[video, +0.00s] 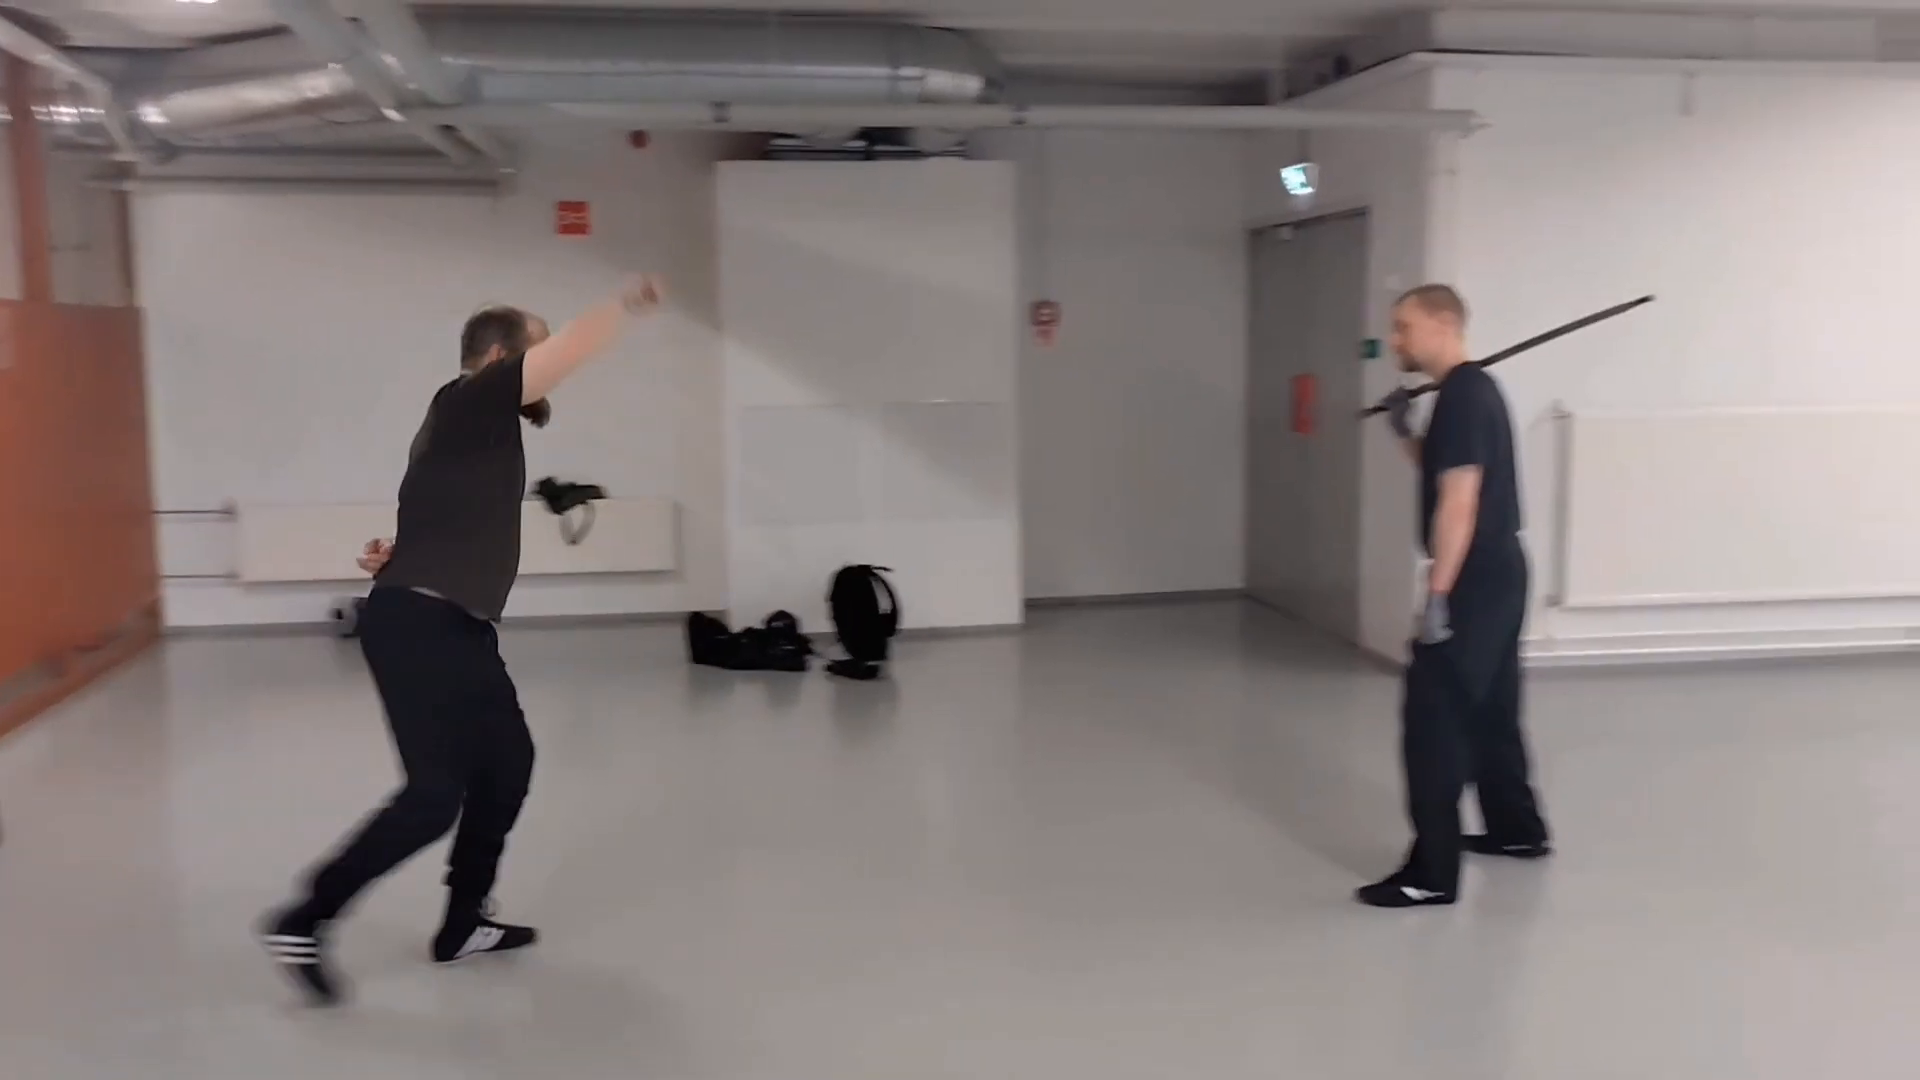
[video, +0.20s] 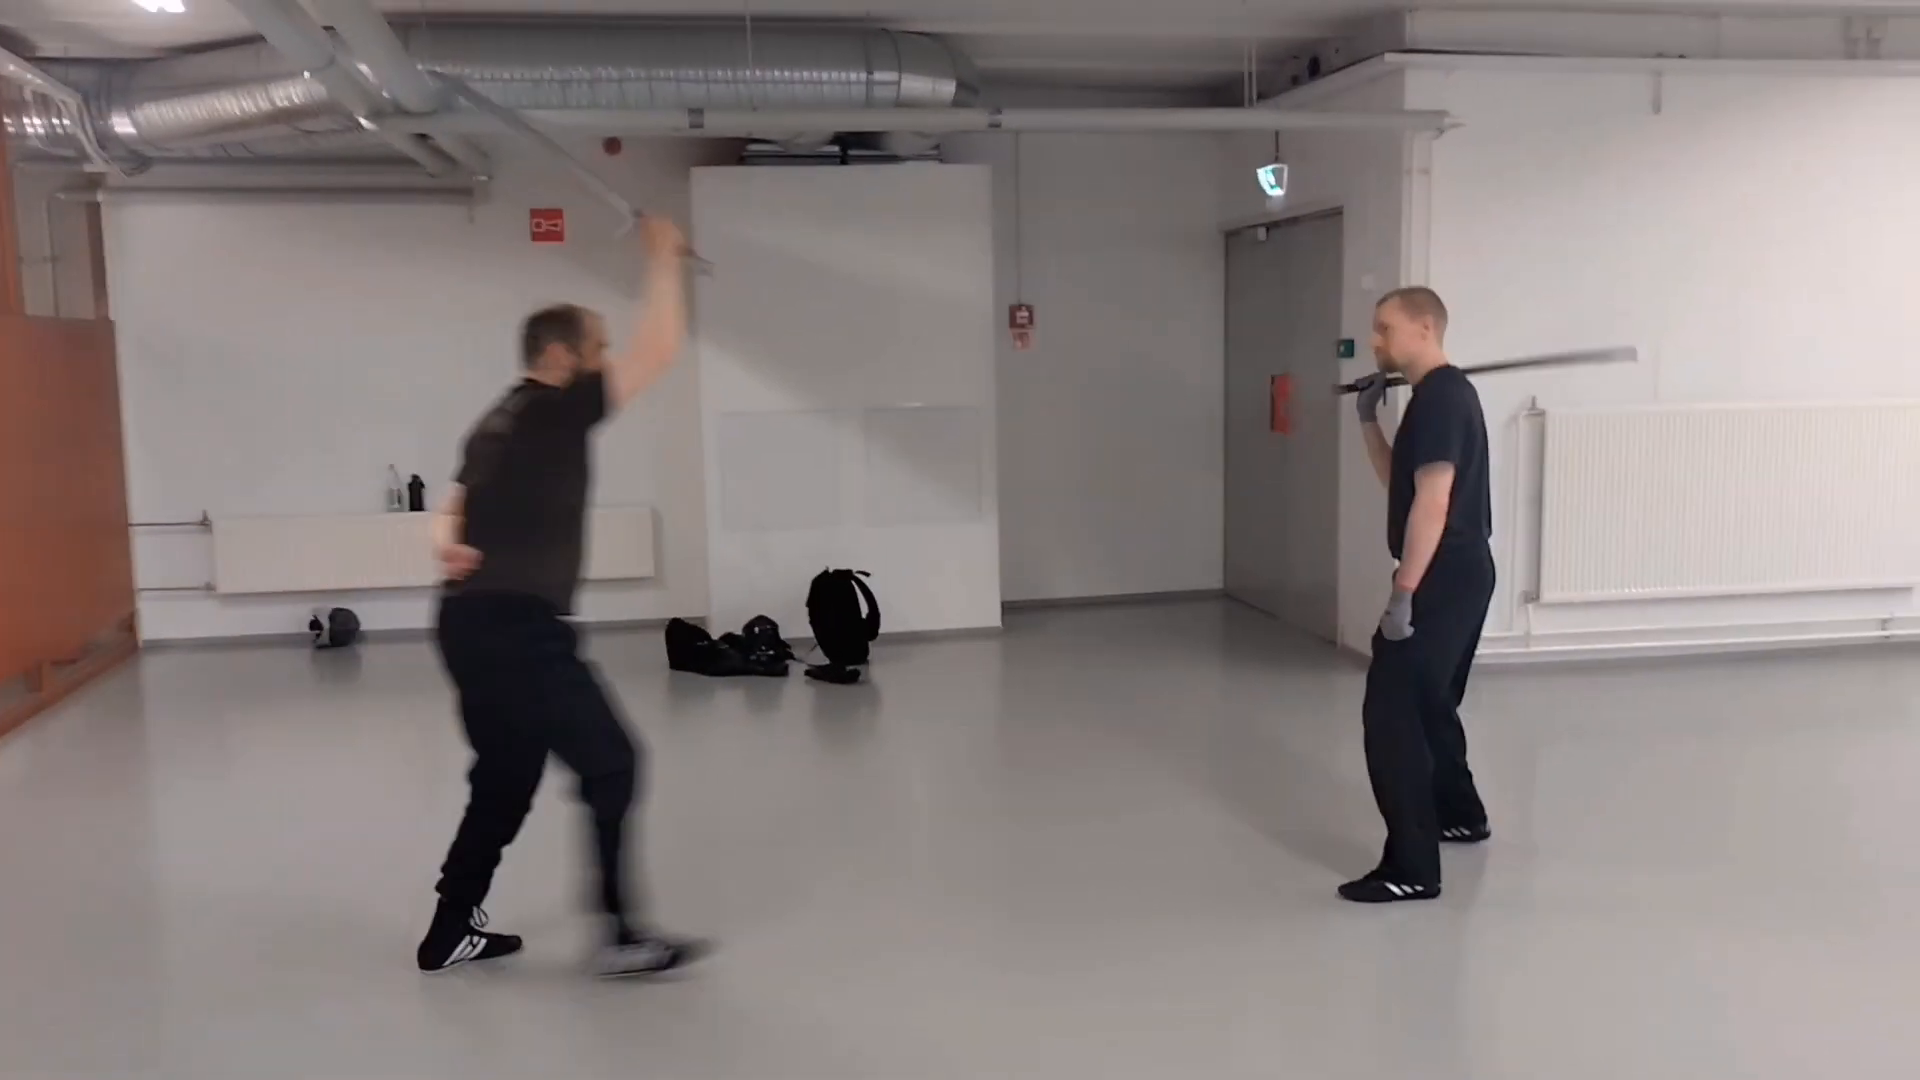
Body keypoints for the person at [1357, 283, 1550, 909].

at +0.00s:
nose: (1394, 342)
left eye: (1402, 328)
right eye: (1394, 330)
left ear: (1442, 325)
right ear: (1442, 329)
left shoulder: (1462, 393)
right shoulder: (1473, 388)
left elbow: (1460, 500)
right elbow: (1446, 476)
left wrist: (1436, 595)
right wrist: (1408, 432)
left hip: (1473, 574)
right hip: (1493, 568)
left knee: (1430, 712)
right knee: (1487, 703)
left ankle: (1433, 871)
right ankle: (1517, 828)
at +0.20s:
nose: (1376, 343)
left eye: (1383, 330)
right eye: (1376, 331)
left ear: (1424, 330)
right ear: (1426, 331)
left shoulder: (1440, 395)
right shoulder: (1441, 393)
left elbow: (1434, 496)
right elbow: (1399, 480)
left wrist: (1402, 591)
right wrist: (1369, 419)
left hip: (1439, 580)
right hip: (1456, 575)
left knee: (1390, 712)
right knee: (1429, 700)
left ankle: (1410, 870)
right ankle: (1459, 812)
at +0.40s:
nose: (1373, 345)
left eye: (1382, 334)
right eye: (1373, 334)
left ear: (1422, 334)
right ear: (1413, 337)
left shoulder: (1446, 402)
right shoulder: (1407, 404)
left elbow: (1447, 505)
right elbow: (1338, 452)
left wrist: (1418, 594)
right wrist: (1327, 381)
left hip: (1433, 582)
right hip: (1407, 577)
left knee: (1392, 717)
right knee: (1416, 708)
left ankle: (1404, 870)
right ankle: (1453, 816)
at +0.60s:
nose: (1382, 336)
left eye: (1392, 325)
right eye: (1381, 326)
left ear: (1433, 327)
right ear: (1389, 336)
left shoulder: (1468, 401)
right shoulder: (1388, 392)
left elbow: (1480, 503)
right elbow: (1307, 404)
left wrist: (1456, 590)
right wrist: (1285, 327)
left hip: (1447, 575)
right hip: (1399, 571)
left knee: (1427, 718)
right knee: (1412, 707)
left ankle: (1408, 863)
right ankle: (1461, 817)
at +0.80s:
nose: (1367, 340)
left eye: (1377, 329)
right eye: (1367, 331)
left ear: (1418, 331)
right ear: (1384, 338)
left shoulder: (1454, 405)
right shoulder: (1373, 394)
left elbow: (1466, 506)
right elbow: (1313, 421)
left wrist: (1442, 589)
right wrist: (1282, 407)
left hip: (1430, 574)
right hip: (1382, 570)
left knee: (1402, 716)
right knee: (1417, 706)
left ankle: (1388, 865)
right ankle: (1455, 822)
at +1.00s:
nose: (1328, 347)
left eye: (1340, 336)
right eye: (1329, 337)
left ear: (1380, 342)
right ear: (1350, 346)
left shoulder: (1415, 416)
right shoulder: (1331, 413)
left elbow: (1434, 515)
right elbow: (1292, 482)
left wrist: (1409, 600)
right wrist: (1255, 487)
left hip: (1402, 588)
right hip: (1352, 585)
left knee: (1359, 712)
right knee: (1402, 708)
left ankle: (1350, 873)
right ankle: (1446, 823)